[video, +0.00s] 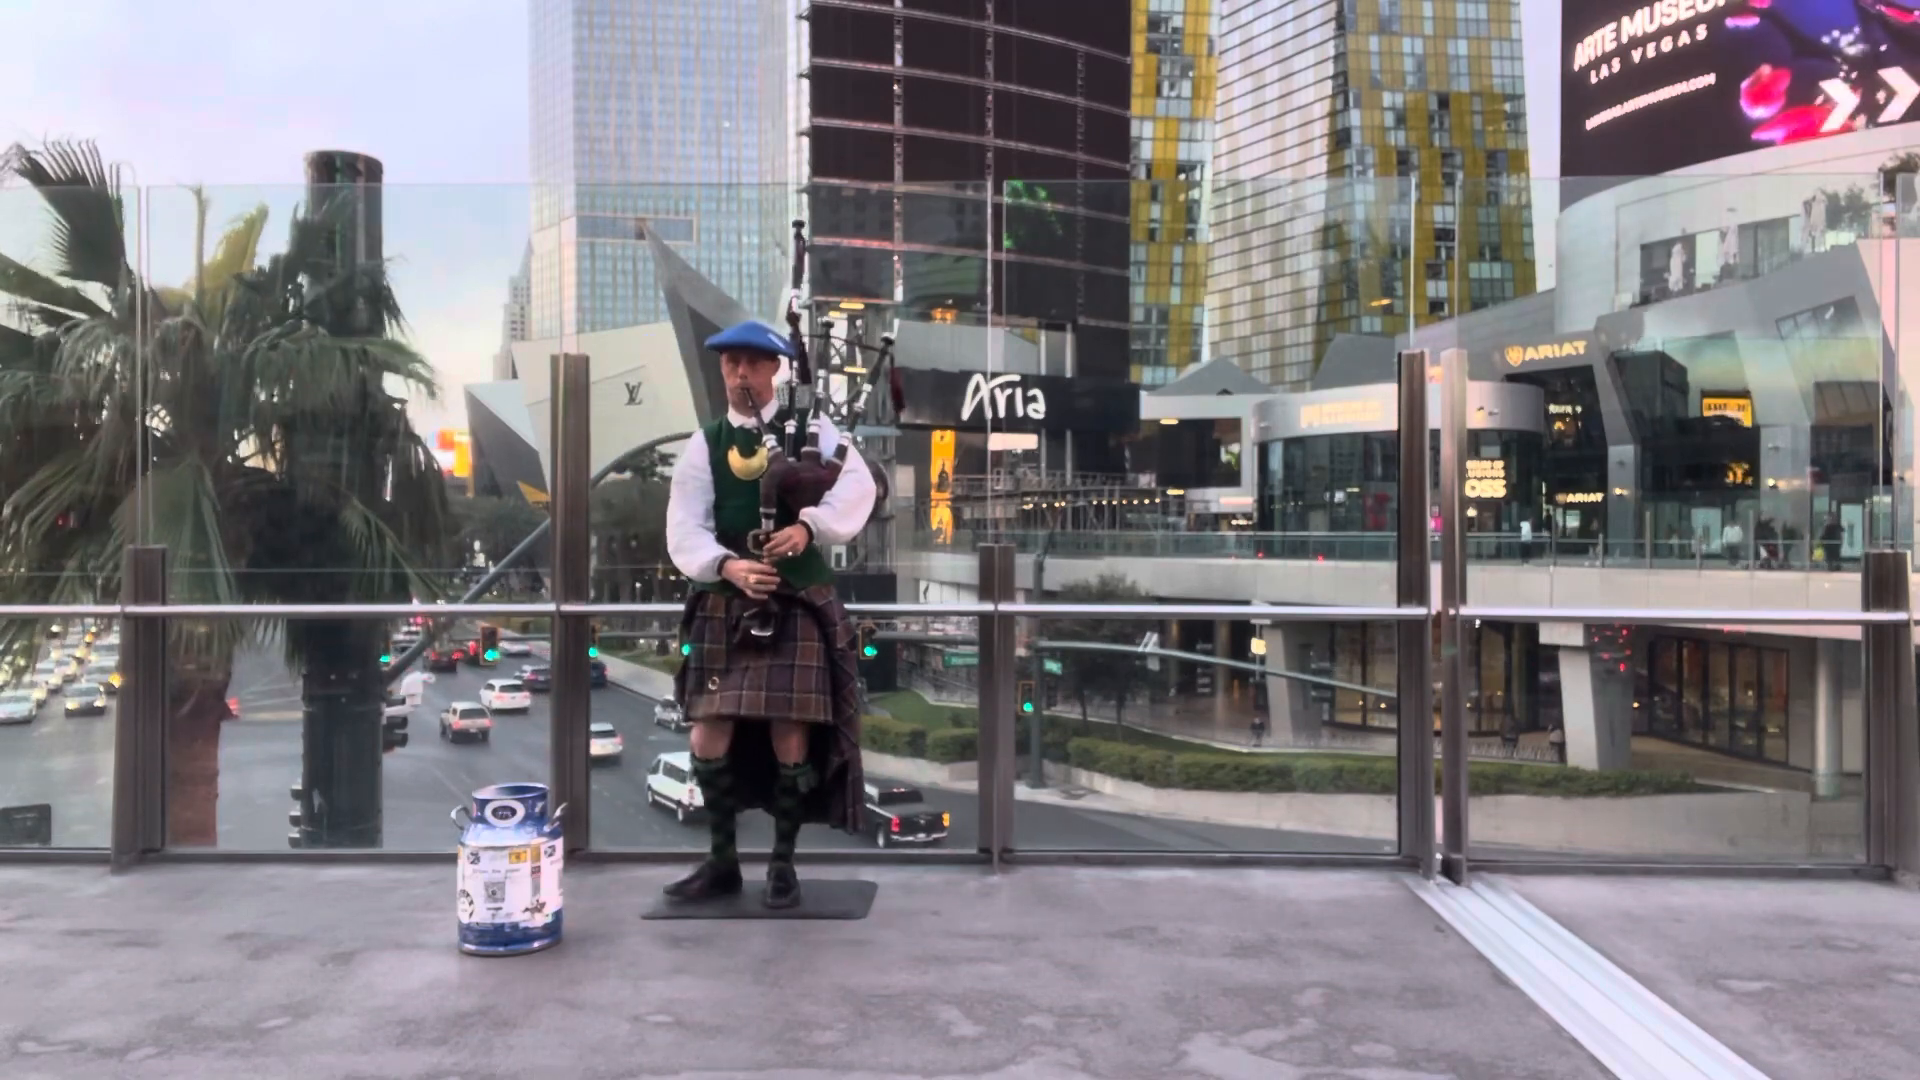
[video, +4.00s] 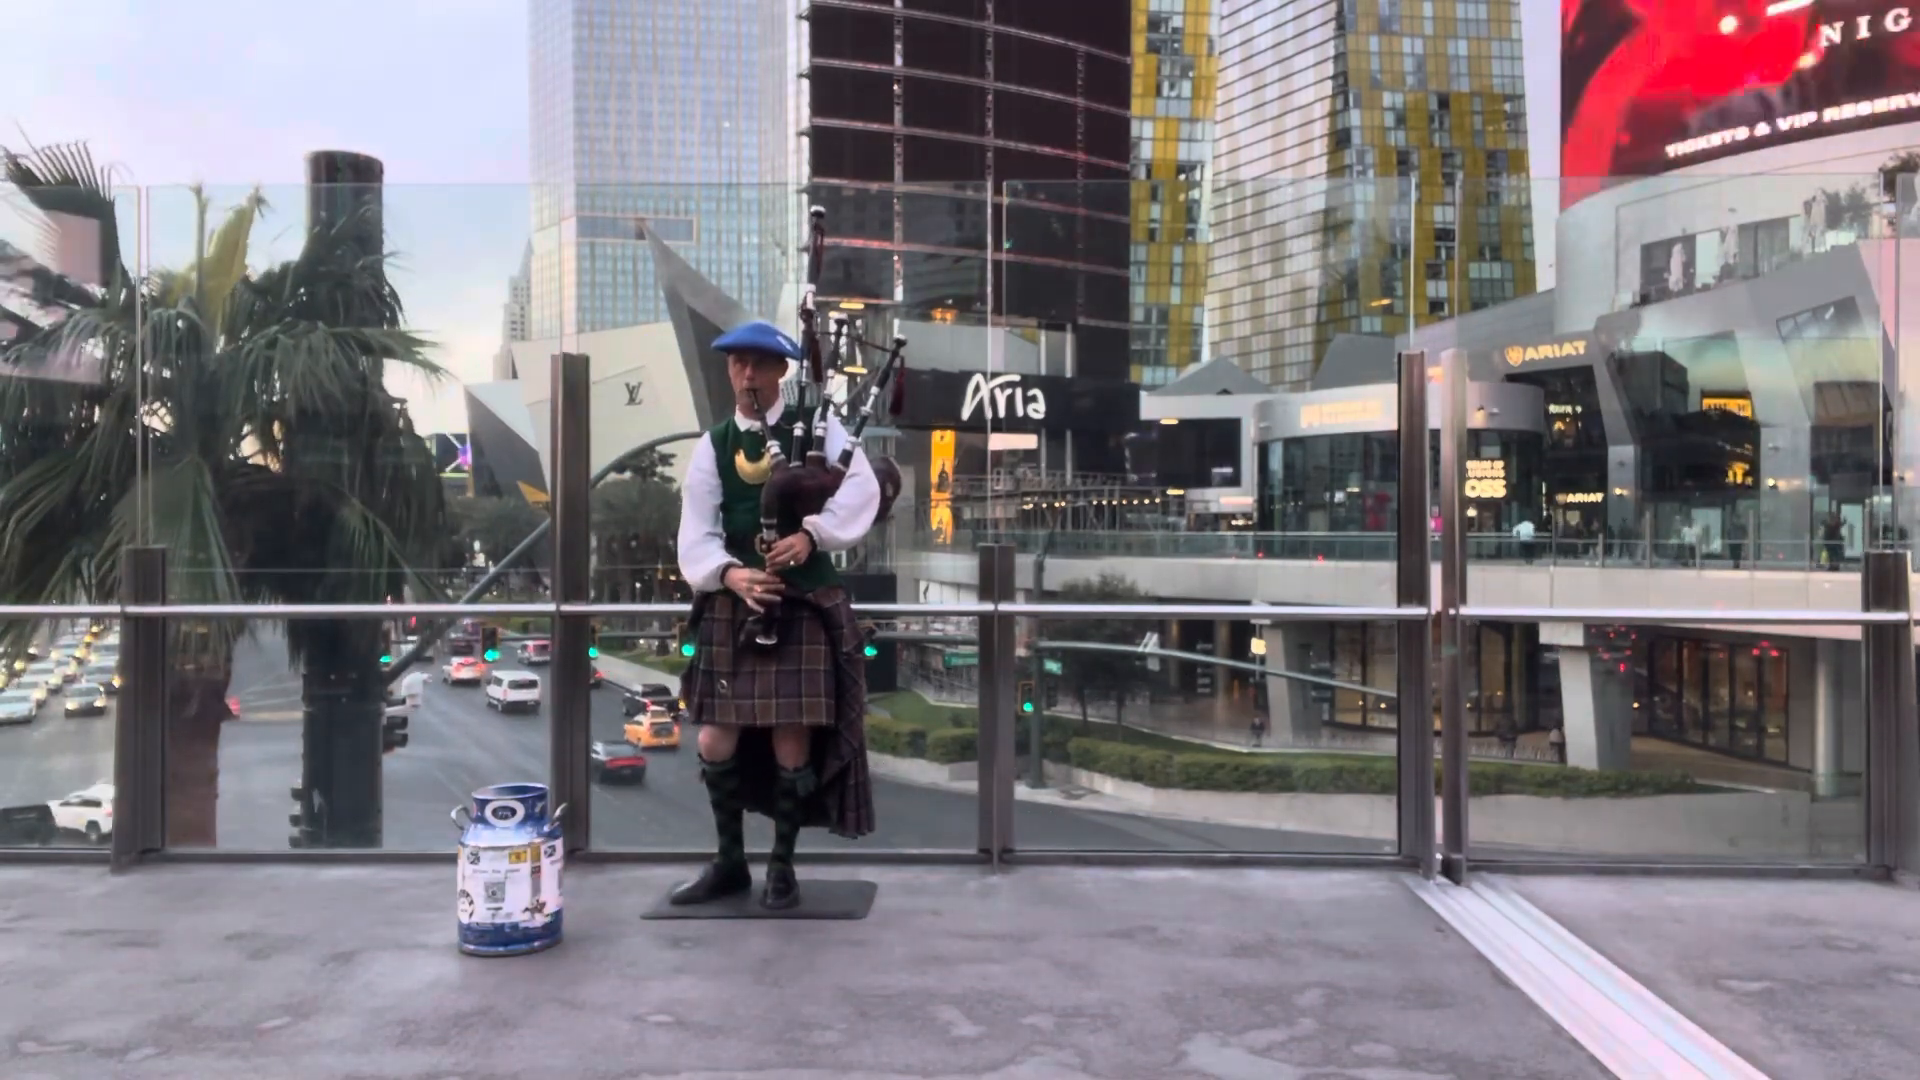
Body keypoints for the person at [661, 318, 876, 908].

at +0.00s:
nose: (742, 374)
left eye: (755, 362)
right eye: (733, 362)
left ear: (780, 370)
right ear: (721, 371)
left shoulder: (814, 430)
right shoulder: (704, 444)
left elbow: (860, 485)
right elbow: (684, 531)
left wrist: (811, 526)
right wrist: (726, 565)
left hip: (798, 597)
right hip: (725, 596)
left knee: (788, 728)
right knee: (708, 729)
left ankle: (781, 863)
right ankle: (722, 861)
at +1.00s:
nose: (742, 374)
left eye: (754, 362)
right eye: (734, 363)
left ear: (781, 368)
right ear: (724, 372)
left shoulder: (818, 427)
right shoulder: (710, 443)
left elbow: (859, 486)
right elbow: (686, 527)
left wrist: (810, 531)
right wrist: (722, 567)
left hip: (802, 594)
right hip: (730, 593)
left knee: (791, 729)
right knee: (716, 732)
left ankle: (782, 864)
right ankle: (725, 862)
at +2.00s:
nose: (747, 374)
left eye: (760, 363)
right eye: (739, 362)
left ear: (784, 371)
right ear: (727, 371)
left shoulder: (819, 428)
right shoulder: (712, 445)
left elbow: (861, 487)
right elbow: (691, 530)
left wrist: (811, 532)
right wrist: (727, 567)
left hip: (802, 596)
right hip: (730, 594)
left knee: (789, 728)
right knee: (713, 730)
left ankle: (781, 863)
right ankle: (725, 862)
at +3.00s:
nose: (749, 377)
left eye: (761, 365)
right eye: (740, 365)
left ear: (786, 373)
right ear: (728, 374)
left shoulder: (820, 431)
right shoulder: (714, 447)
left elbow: (865, 491)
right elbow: (696, 533)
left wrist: (815, 534)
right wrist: (731, 571)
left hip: (803, 601)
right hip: (732, 599)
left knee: (791, 735)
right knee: (707, 738)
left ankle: (782, 865)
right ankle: (730, 860)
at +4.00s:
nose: (747, 375)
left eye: (759, 363)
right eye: (738, 363)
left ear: (784, 371)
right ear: (726, 372)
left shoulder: (819, 427)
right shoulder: (714, 445)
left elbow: (863, 489)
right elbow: (695, 534)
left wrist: (814, 534)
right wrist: (728, 572)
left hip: (804, 599)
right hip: (732, 597)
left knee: (790, 734)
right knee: (715, 737)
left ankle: (781, 866)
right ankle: (730, 861)